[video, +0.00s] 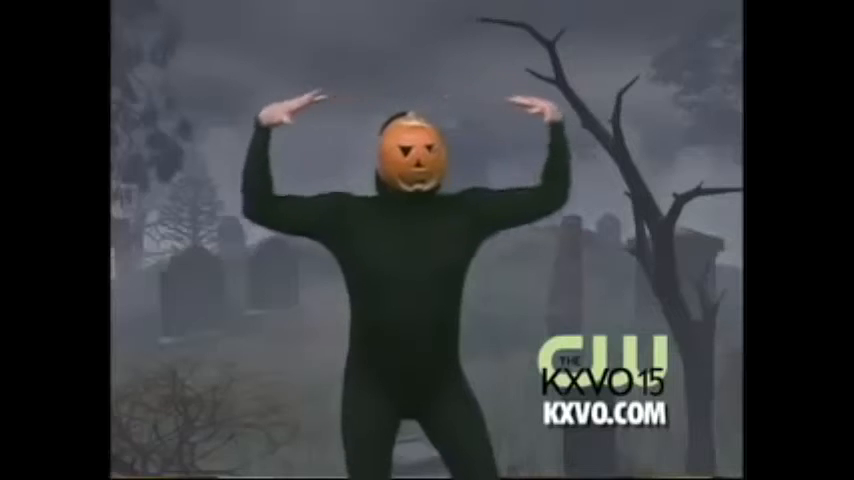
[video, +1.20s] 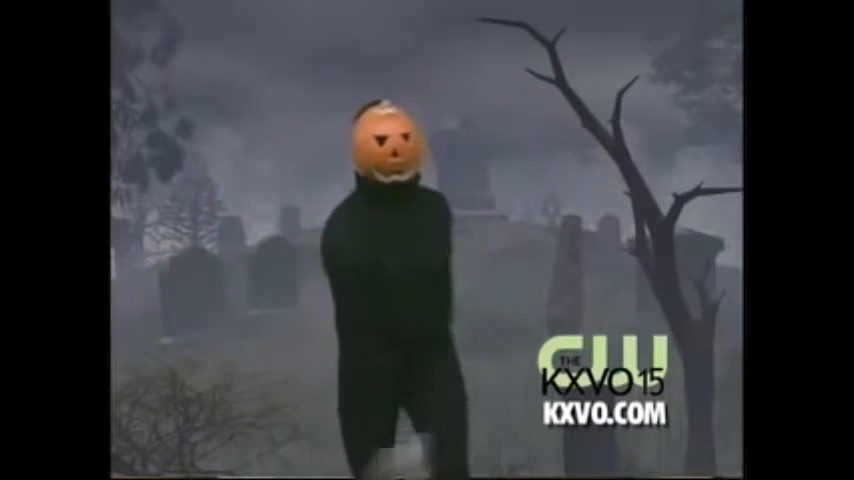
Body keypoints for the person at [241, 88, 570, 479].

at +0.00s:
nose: (418, 157)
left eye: (429, 148)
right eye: (403, 148)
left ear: (445, 161)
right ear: (380, 163)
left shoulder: (468, 212)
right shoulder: (345, 215)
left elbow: (551, 195)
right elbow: (260, 206)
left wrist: (556, 126)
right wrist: (262, 129)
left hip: (443, 384)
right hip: (371, 388)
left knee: (482, 472)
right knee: (367, 474)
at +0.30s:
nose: (415, 155)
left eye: (426, 146)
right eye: (401, 145)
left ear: (442, 160)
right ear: (379, 162)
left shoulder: (468, 218)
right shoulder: (346, 222)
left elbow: (549, 226)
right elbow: (258, 248)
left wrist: (589, 161)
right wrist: (222, 178)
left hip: (440, 387)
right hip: (367, 390)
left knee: (477, 472)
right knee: (366, 474)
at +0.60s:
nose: (407, 156)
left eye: (418, 148)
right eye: (393, 149)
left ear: (435, 162)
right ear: (374, 164)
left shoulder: (461, 223)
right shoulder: (343, 228)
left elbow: (539, 249)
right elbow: (271, 282)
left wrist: (606, 204)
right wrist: (198, 243)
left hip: (437, 387)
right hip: (364, 389)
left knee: (472, 475)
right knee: (362, 479)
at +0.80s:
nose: (401, 154)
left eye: (411, 147)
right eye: (388, 148)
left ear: (427, 162)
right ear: (369, 164)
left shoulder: (453, 224)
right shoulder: (340, 230)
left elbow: (527, 262)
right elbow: (278, 299)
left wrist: (602, 239)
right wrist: (197, 297)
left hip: (434, 388)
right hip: (363, 391)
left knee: (469, 472)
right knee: (361, 475)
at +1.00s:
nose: (394, 158)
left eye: (405, 148)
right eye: (381, 151)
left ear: (422, 161)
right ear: (362, 164)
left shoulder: (446, 223)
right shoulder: (333, 235)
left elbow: (508, 277)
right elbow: (291, 315)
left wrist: (581, 282)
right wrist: (227, 364)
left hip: (432, 387)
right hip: (361, 392)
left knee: (462, 472)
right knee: (360, 475)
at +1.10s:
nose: (394, 160)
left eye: (405, 149)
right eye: (380, 150)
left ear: (421, 157)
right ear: (358, 161)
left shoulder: (439, 215)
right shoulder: (338, 231)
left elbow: (473, 275)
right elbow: (319, 324)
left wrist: (509, 319)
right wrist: (300, 391)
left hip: (432, 384)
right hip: (364, 389)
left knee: (449, 472)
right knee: (364, 473)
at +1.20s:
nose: (395, 148)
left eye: (405, 137)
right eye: (380, 140)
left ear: (419, 147)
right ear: (356, 152)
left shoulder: (435, 210)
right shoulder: (343, 224)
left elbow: (439, 289)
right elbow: (352, 307)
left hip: (432, 363)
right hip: (367, 367)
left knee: (451, 466)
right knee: (369, 466)